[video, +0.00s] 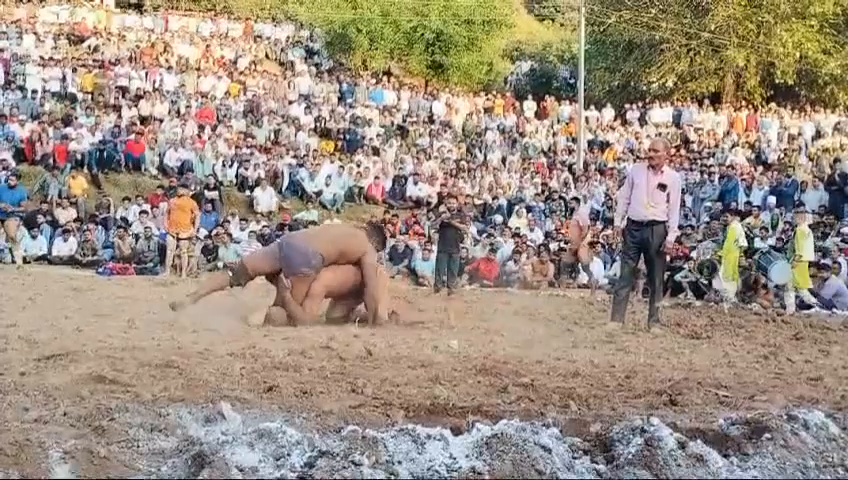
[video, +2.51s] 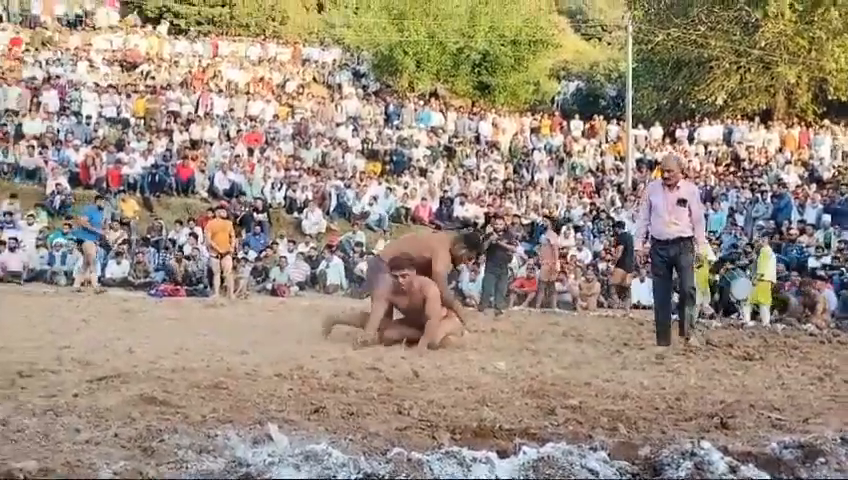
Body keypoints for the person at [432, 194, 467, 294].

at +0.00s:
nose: (452, 206)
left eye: (454, 203)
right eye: (449, 203)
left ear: (457, 204)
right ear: (446, 204)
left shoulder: (461, 215)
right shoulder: (442, 215)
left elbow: (466, 228)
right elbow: (433, 226)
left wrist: (452, 222)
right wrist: (441, 219)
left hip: (455, 245)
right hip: (442, 244)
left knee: (453, 269)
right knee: (440, 268)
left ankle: (452, 288)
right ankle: (438, 287)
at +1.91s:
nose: (464, 203)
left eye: (466, 201)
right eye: (462, 201)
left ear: (470, 201)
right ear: (459, 201)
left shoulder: (473, 214)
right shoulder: (453, 213)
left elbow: (478, 225)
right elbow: (446, 224)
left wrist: (466, 220)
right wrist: (455, 217)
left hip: (467, 244)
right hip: (455, 243)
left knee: (464, 268)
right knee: (451, 266)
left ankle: (460, 287)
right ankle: (447, 286)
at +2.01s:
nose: (472, 205)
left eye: (474, 203)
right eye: (470, 203)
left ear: (477, 204)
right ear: (466, 203)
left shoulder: (481, 216)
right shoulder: (461, 215)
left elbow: (485, 228)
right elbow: (454, 227)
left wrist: (474, 222)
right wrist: (463, 218)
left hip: (475, 246)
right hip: (463, 245)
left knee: (472, 269)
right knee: (459, 268)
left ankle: (469, 288)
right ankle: (455, 287)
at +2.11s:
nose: (484, 209)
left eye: (486, 207)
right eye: (482, 206)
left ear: (490, 207)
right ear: (478, 207)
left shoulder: (493, 220)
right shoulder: (473, 219)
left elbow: (498, 231)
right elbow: (466, 231)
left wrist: (485, 226)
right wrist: (475, 223)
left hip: (488, 250)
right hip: (475, 249)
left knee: (484, 274)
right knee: (472, 272)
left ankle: (481, 292)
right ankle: (467, 290)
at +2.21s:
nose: (496, 214)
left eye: (498, 212)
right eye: (494, 212)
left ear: (502, 213)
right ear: (492, 212)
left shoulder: (507, 225)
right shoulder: (487, 224)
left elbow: (511, 237)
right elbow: (479, 236)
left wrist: (500, 232)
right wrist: (488, 228)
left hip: (501, 256)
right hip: (489, 255)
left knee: (497, 279)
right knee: (485, 278)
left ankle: (494, 297)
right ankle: (480, 295)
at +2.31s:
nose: (508, 220)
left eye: (510, 218)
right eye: (506, 218)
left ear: (514, 219)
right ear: (503, 219)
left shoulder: (517, 230)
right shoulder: (498, 230)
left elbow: (524, 242)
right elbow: (490, 242)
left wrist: (512, 238)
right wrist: (499, 234)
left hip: (513, 259)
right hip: (500, 258)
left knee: (510, 283)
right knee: (496, 281)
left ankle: (507, 302)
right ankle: (493, 300)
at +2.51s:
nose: (498, 226)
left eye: (501, 224)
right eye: (496, 224)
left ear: (504, 225)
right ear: (493, 225)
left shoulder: (509, 235)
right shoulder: (489, 235)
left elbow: (515, 248)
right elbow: (482, 248)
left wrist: (501, 244)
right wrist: (490, 240)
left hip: (503, 265)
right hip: (491, 264)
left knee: (501, 289)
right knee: (488, 287)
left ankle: (498, 308)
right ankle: (484, 306)